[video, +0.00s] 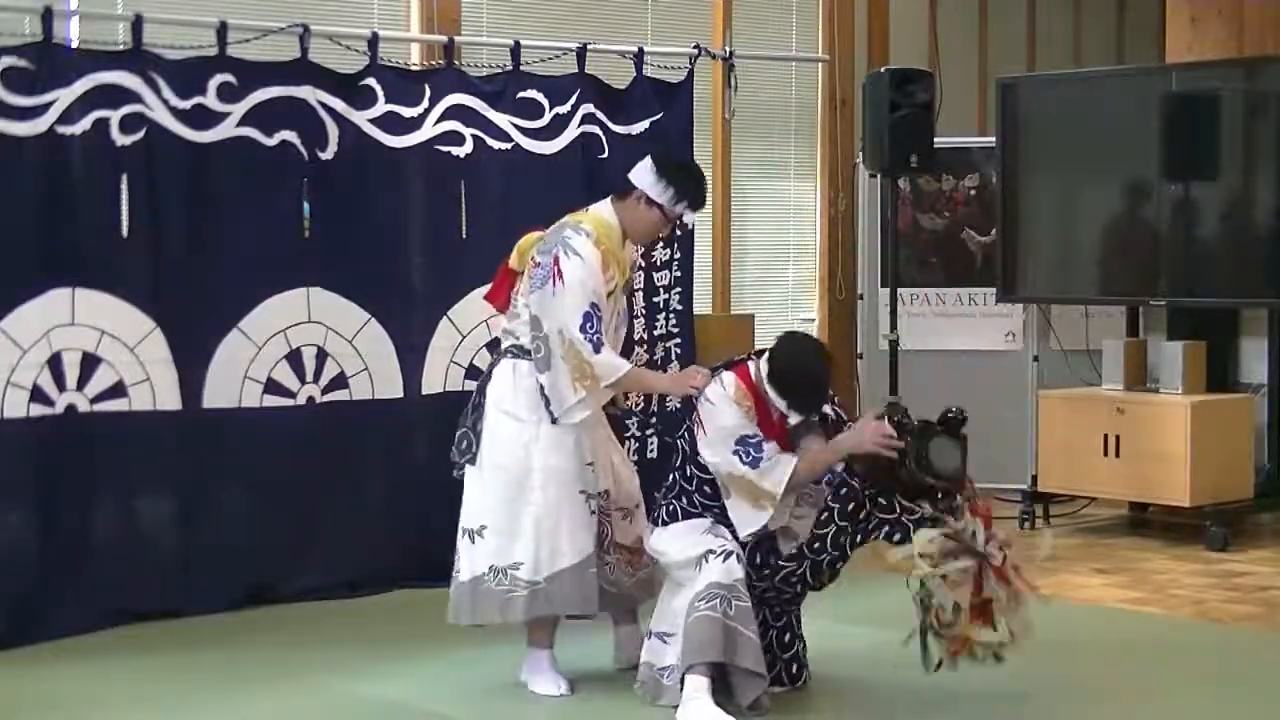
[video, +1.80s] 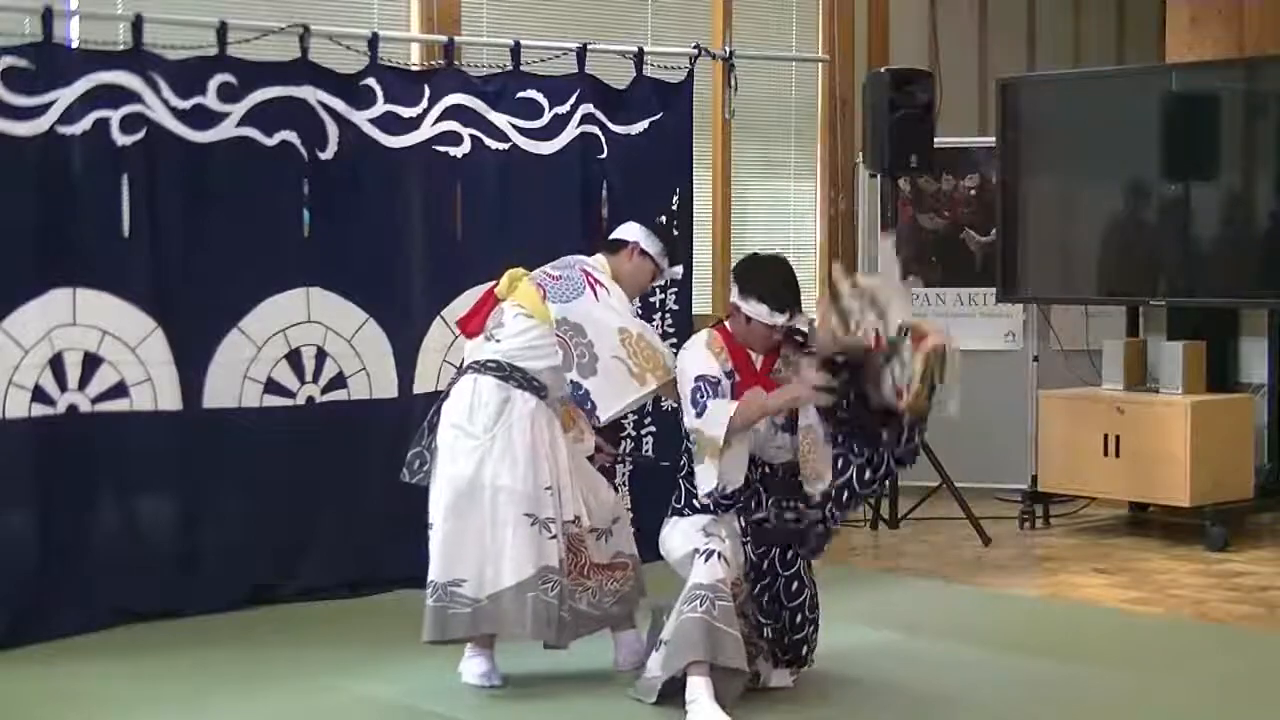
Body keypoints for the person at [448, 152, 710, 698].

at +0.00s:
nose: (666, 235)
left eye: (673, 226)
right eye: (668, 222)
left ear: (642, 202)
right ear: (642, 200)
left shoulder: (614, 249)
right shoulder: (577, 246)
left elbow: (598, 348)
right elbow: (583, 353)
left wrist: (625, 391)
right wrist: (663, 382)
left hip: (574, 404)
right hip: (533, 403)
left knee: (618, 507)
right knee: (551, 519)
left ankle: (630, 640)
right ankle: (539, 658)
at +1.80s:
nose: (651, 285)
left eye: (656, 277)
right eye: (652, 273)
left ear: (621, 252)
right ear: (631, 253)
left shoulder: (566, 276)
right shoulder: (592, 283)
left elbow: (546, 377)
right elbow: (651, 363)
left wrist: (586, 436)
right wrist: (703, 400)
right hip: (499, 403)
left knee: (604, 510)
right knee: (488, 525)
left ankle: (628, 642)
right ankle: (479, 650)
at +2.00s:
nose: (644, 290)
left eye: (649, 282)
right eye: (646, 276)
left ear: (619, 255)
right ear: (627, 255)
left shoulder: (559, 274)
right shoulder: (594, 280)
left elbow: (543, 384)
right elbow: (656, 349)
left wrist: (581, 443)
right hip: (492, 403)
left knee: (593, 512)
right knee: (487, 526)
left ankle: (627, 643)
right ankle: (478, 653)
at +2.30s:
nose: (640, 275)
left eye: (646, 266)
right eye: (644, 260)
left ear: (617, 236)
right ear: (623, 236)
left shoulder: (558, 260)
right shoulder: (587, 267)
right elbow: (590, 342)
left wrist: (574, 427)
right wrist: (600, 418)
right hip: (498, 397)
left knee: (597, 509)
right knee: (492, 519)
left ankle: (628, 645)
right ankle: (478, 652)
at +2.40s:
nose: (644, 267)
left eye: (651, 257)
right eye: (648, 251)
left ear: (622, 227)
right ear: (624, 227)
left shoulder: (567, 257)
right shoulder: (583, 262)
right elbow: (565, 341)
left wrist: (585, 419)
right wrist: (579, 408)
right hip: (504, 394)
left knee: (604, 505)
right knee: (501, 518)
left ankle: (629, 645)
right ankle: (478, 651)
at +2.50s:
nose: (652, 260)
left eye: (659, 251)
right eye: (655, 245)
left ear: (629, 226)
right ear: (629, 223)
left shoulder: (579, 259)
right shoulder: (582, 258)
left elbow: (562, 356)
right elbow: (573, 342)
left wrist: (586, 416)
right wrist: (630, 369)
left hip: (538, 400)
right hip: (504, 394)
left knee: (608, 504)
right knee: (498, 517)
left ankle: (629, 644)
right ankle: (478, 650)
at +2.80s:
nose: (670, 249)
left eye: (677, 239)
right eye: (669, 233)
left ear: (641, 220)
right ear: (638, 215)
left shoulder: (608, 262)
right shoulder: (594, 257)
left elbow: (579, 353)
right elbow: (607, 350)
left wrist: (596, 409)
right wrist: (705, 359)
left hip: (555, 400)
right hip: (510, 390)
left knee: (618, 510)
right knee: (504, 515)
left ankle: (630, 644)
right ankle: (479, 649)